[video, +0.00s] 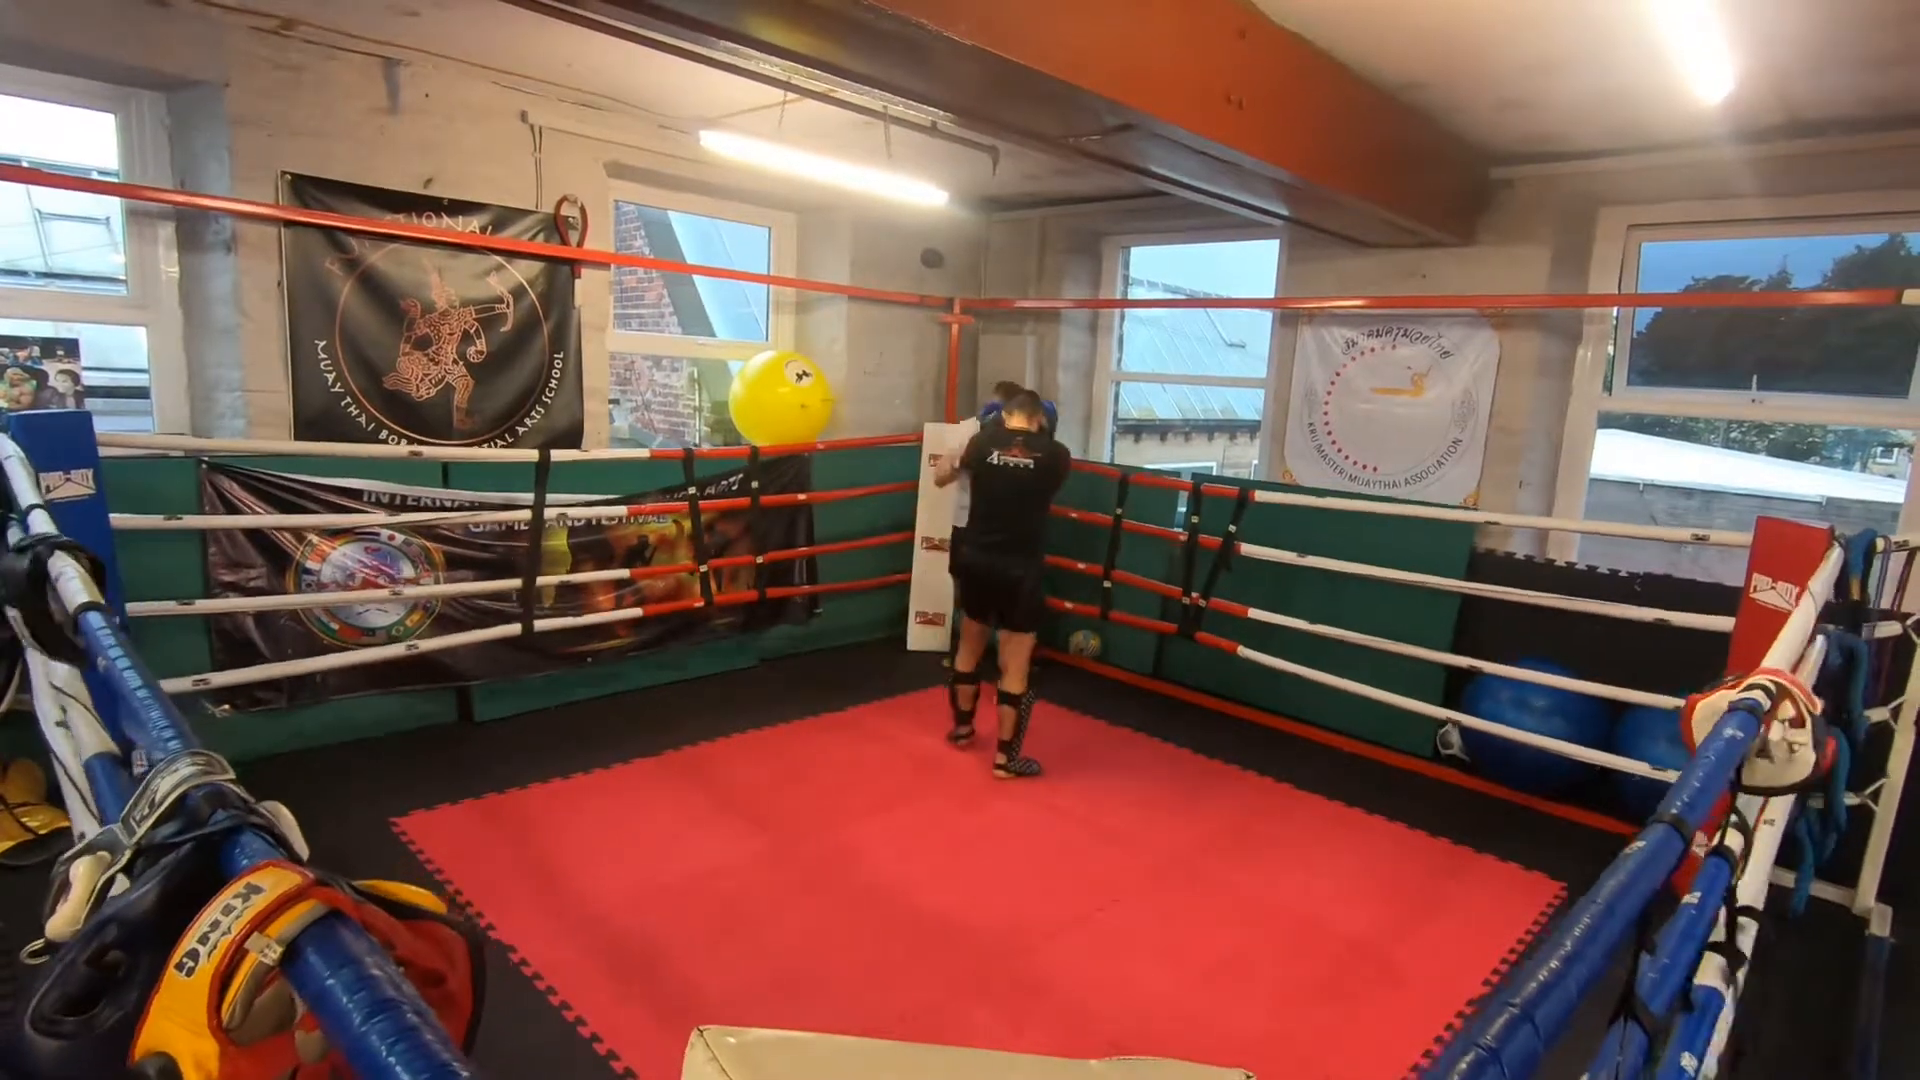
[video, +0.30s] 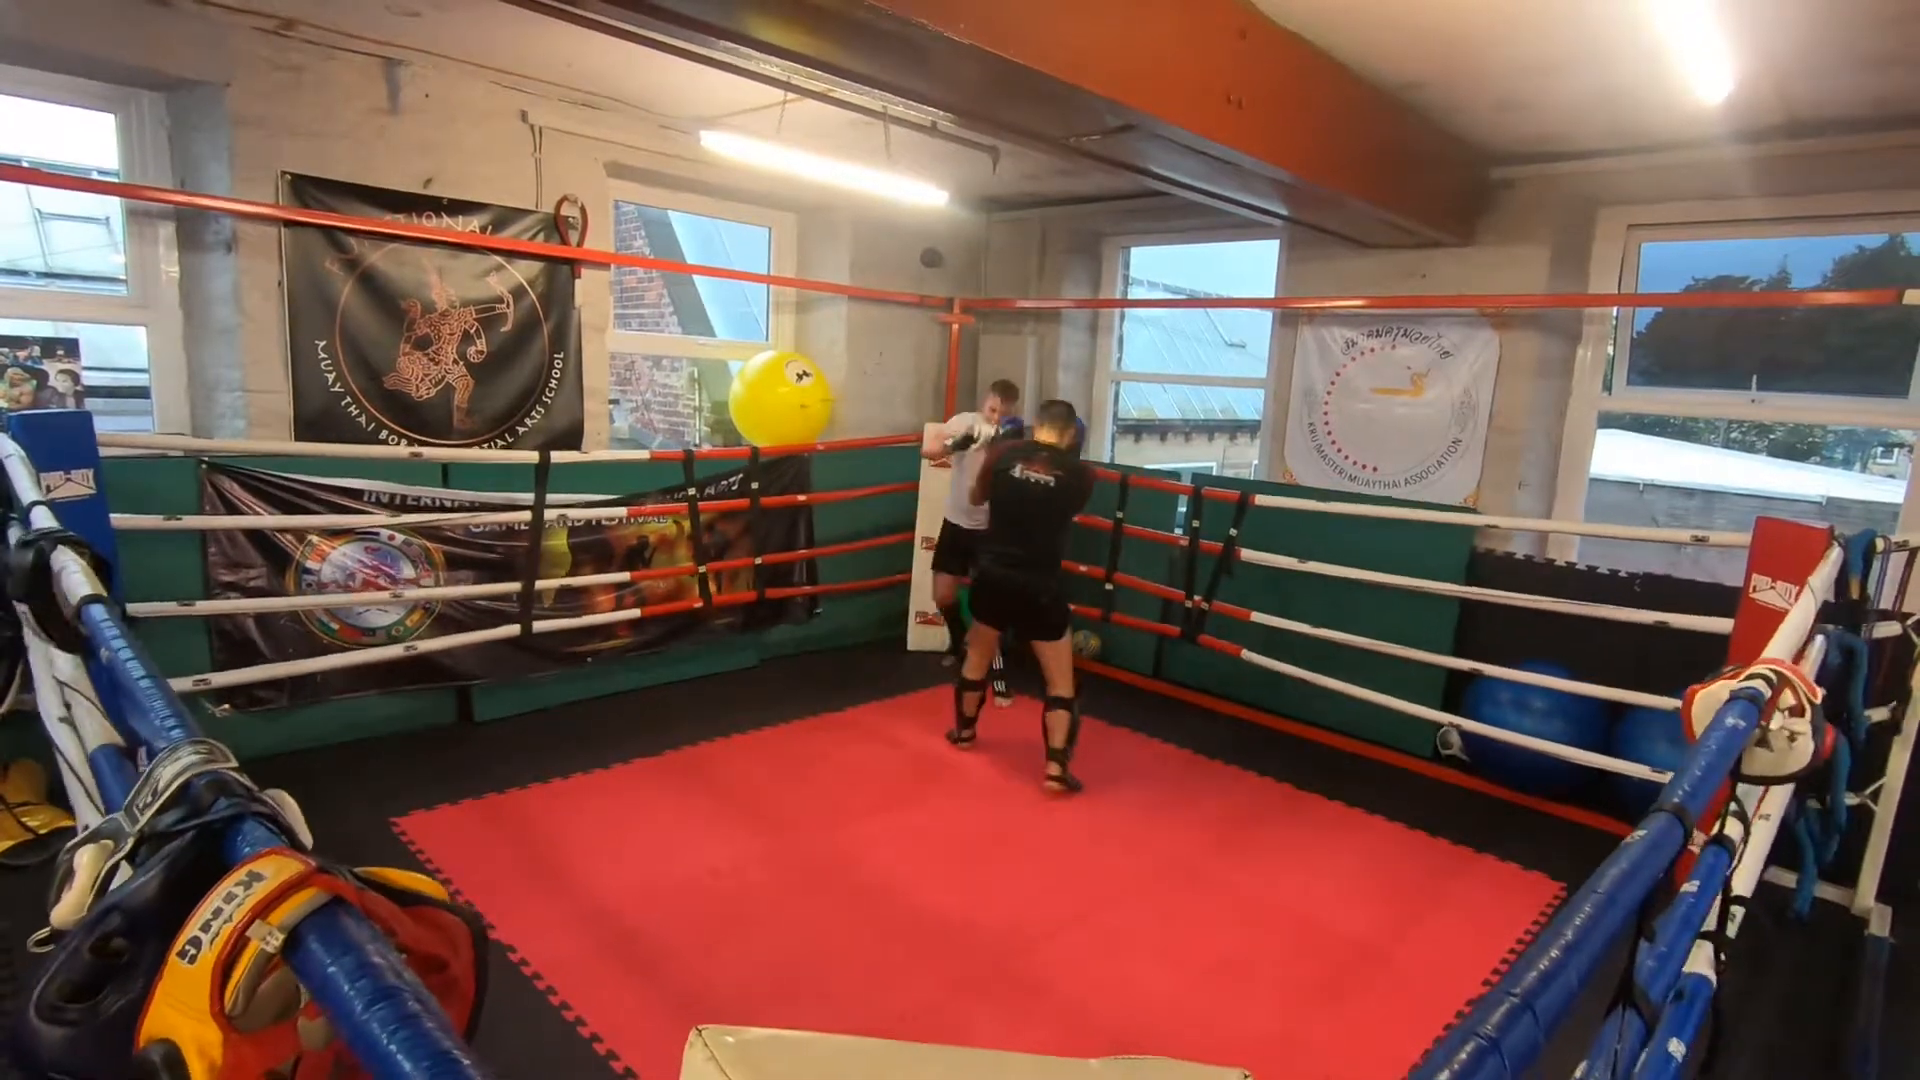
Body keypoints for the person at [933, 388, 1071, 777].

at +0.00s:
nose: (1042, 425)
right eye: (1042, 421)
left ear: (1003, 415)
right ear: (1040, 421)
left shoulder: (981, 443)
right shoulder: (1055, 456)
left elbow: (965, 466)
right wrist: (1036, 432)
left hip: (976, 564)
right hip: (1020, 570)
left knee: (969, 648)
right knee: (1014, 665)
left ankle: (962, 728)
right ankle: (1006, 755)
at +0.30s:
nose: (1069, 438)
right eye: (1071, 432)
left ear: (1035, 425)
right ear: (1071, 434)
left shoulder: (1003, 457)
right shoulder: (1079, 476)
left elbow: (978, 496)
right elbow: (1070, 509)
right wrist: (1054, 459)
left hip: (993, 580)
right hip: (1040, 589)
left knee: (977, 655)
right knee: (1060, 684)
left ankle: (965, 730)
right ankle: (1055, 768)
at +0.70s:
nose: (1071, 423)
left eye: (1071, 417)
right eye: (1080, 419)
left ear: (1073, 417)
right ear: (1109, 420)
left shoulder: (1047, 454)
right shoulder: (1126, 469)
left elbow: (998, 500)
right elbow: (1087, 498)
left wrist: (996, 463)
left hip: (1037, 587)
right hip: (1088, 595)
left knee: (1006, 663)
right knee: (1071, 684)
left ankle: (1009, 759)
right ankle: (1057, 779)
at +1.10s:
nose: (1058, 429)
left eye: (1058, 422)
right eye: (1060, 423)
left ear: (1066, 421)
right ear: (1099, 419)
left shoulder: (1056, 460)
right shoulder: (1129, 464)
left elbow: (1025, 528)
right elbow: (1103, 519)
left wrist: (1003, 511)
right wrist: (1038, 505)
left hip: (1062, 595)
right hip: (1109, 596)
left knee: (1047, 697)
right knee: (1102, 682)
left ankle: (1054, 801)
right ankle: (1118, 780)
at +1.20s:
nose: (1059, 441)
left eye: (1058, 436)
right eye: (1060, 436)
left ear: (1067, 432)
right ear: (1098, 430)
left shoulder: (1066, 470)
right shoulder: (1125, 472)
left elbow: (1042, 540)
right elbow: (1097, 521)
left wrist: (1000, 531)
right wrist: (1056, 478)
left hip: (1070, 607)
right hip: (1118, 607)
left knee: (1011, 688)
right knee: (1126, 700)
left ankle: (1032, 787)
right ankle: (1180, 791)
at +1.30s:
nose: (1031, 463)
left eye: (1032, 456)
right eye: (1032, 456)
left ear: (1040, 457)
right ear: (1070, 452)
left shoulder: (1063, 492)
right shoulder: (1100, 490)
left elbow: (1078, 552)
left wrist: (1027, 582)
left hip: (1079, 632)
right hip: (1123, 630)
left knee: (994, 684)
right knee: (1146, 716)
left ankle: (990, 779)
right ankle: (1199, 813)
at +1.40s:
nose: (994, 457)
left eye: (995, 450)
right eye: (995, 450)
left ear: (1005, 451)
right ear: (1030, 448)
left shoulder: (1035, 489)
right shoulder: (1045, 479)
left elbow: (1078, 538)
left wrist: (1037, 593)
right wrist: (987, 431)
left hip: (1066, 618)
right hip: (1103, 613)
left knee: (993, 686)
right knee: (1138, 703)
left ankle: (988, 781)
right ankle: (1191, 798)